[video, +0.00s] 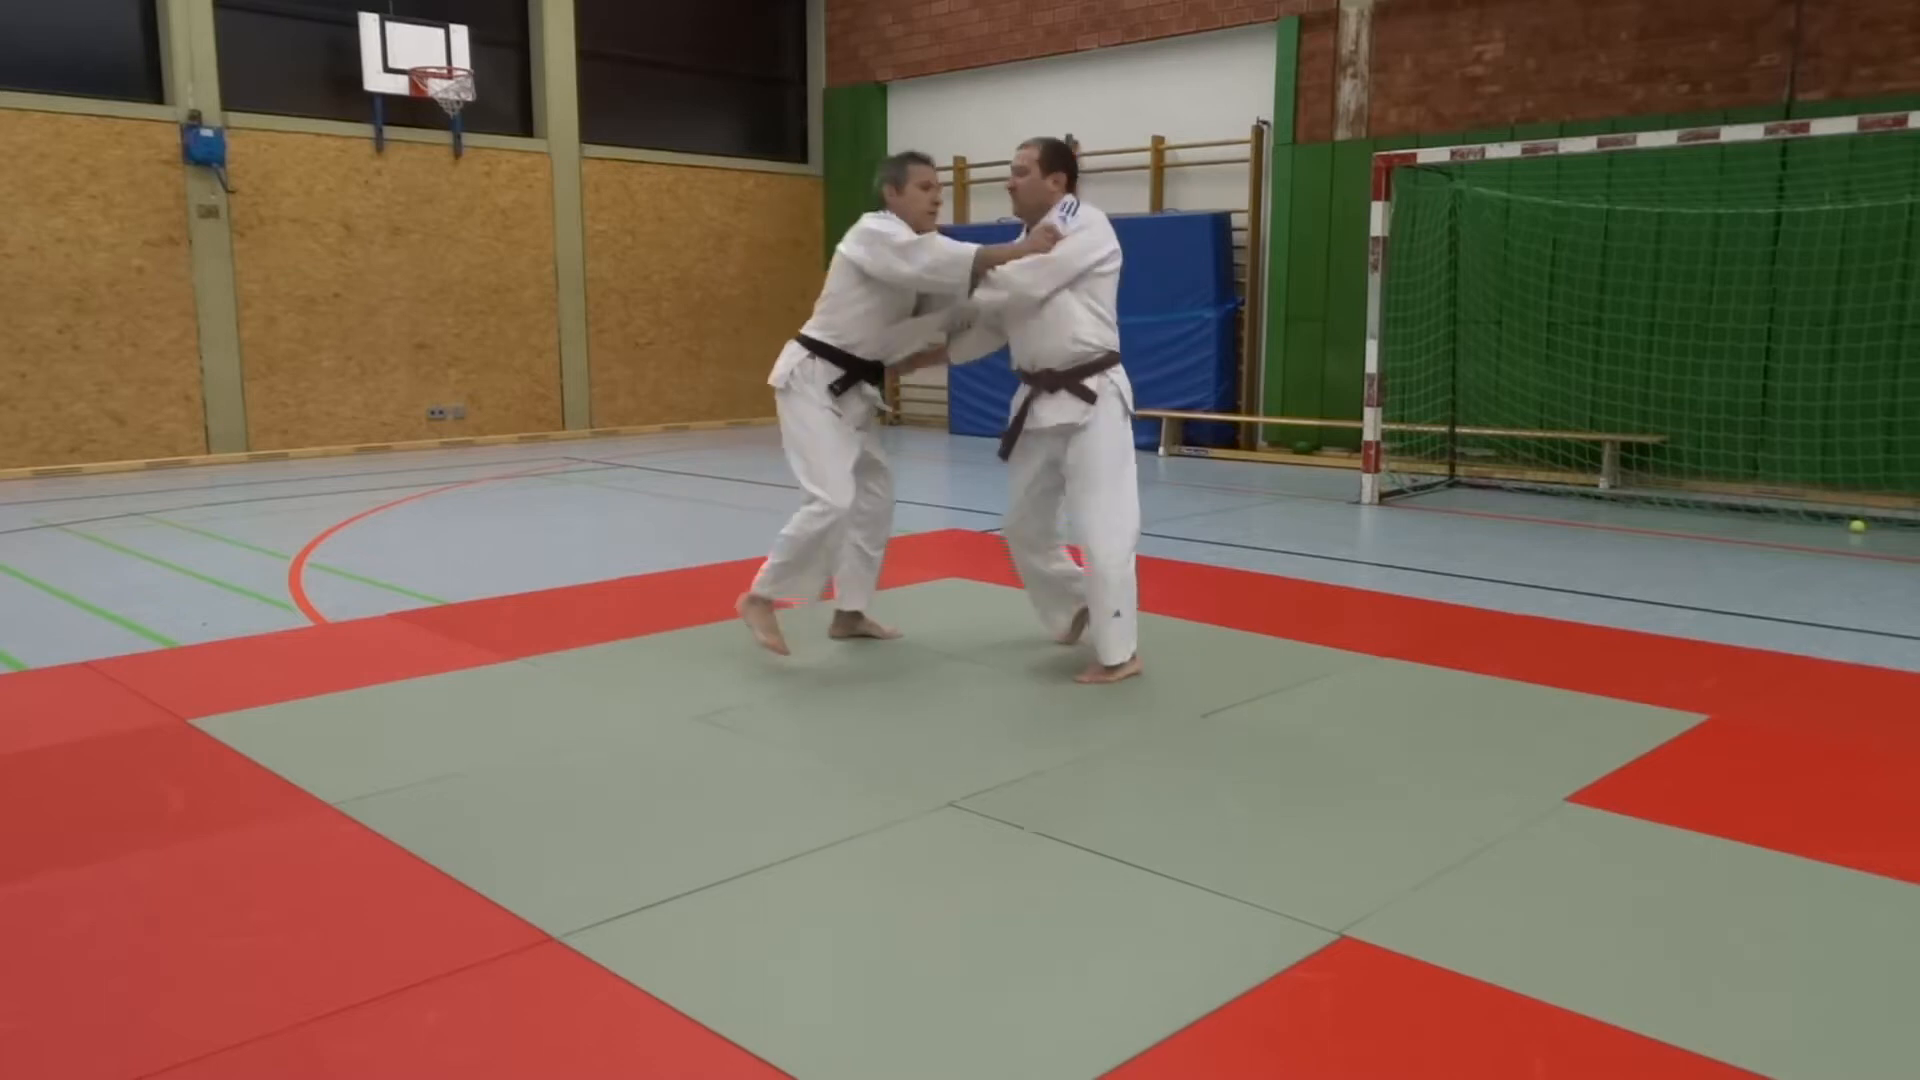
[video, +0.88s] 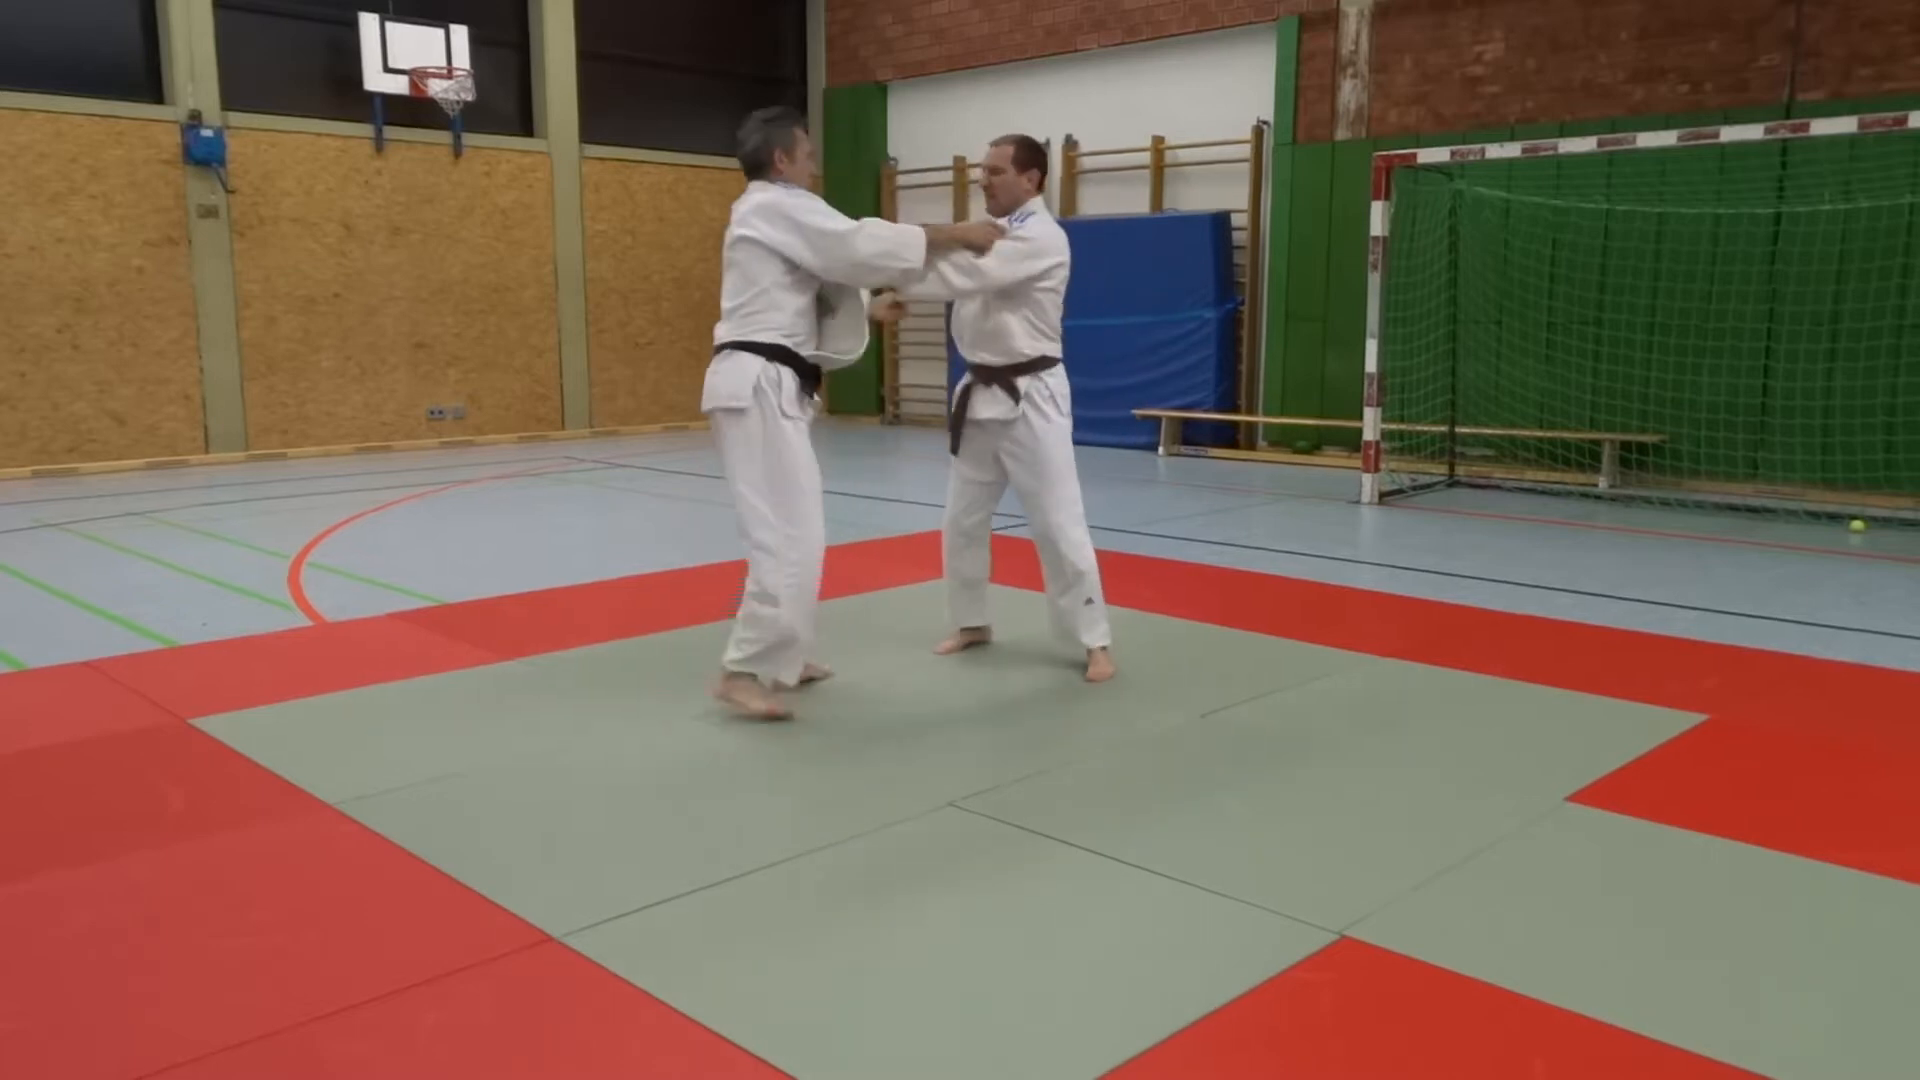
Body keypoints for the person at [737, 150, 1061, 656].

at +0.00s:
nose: (937, 199)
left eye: (938, 190)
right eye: (926, 189)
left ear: (933, 196)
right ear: (892, 193)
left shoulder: (922, 247)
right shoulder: (873, 232)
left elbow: (970, 290)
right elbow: (933, 260)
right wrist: (1023, 249)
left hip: (855, 389)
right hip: (810, 376)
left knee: (874, 497)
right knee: (833, 499)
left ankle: (849, 613)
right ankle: (760, 599)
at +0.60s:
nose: (893, 184)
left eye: (893, 173)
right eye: (888, 173)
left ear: (850, 171)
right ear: (859, 172)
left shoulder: (842, 215)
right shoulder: (843, 218)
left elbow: (906, 262)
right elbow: (913, 282)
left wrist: (975, 274)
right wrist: (1008, 276)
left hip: (824, 383)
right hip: (802, 380)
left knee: (834, 514)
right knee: (802, 527)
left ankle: (806, 633)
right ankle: (774, 680)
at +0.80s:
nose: (832, 169)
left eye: (829, 160)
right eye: (825, 159)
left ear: (790, 166)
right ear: (800, 164)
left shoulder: (790, 211)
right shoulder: (789, 207)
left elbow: (863, 261)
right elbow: (869, 246)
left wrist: (927, 244)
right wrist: (969, 242)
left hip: (783, 381)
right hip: (771, 381)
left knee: (794, 527)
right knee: (791, 530)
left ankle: (789, 656)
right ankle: (777, 676)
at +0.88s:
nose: (815, 163)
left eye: (812, 153)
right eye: (808, 153)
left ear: (770, 161)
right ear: (782, 158)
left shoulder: (771, 211)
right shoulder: (771, 204)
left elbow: (800, 314)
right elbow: (857, 243)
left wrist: (867, 312)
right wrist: (956, 234)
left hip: (771, 383)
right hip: (758, 383)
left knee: (792, 525)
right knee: (789, 529)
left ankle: (784, 652)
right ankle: (743, 670)